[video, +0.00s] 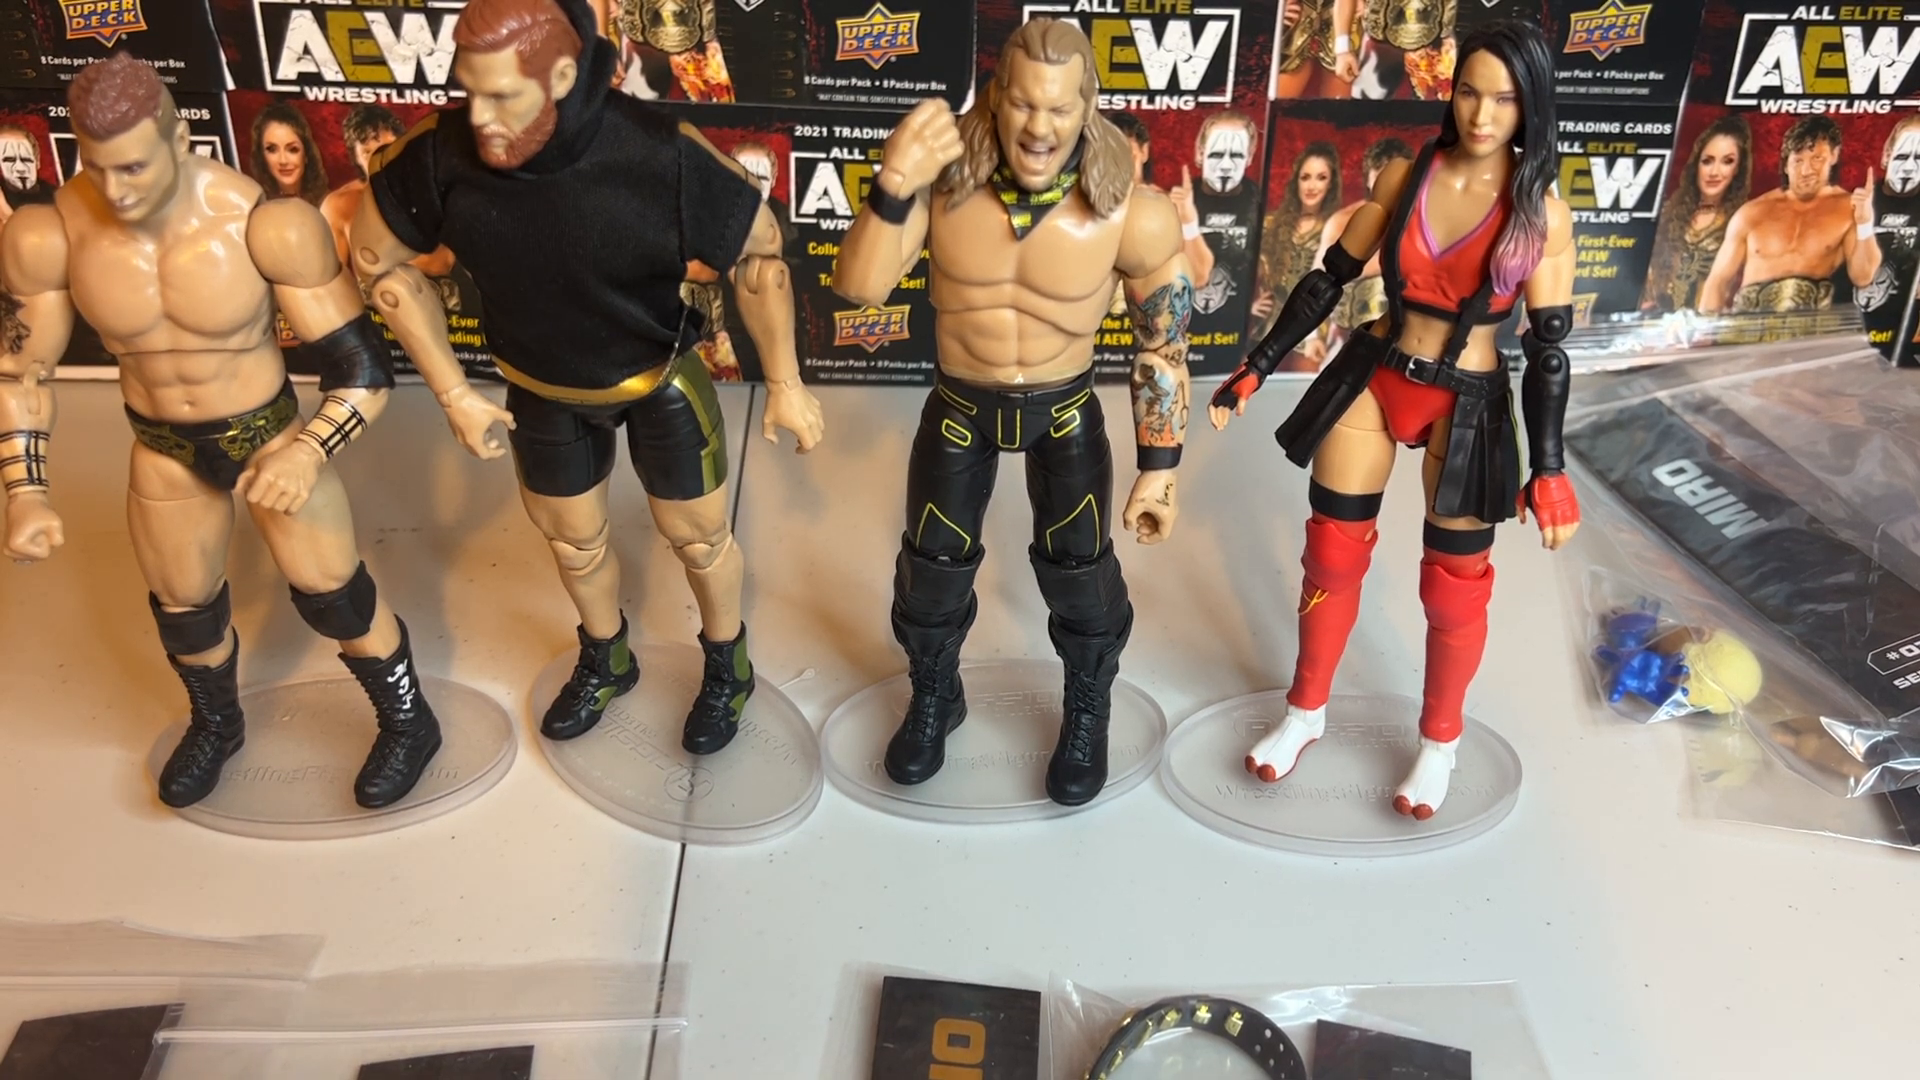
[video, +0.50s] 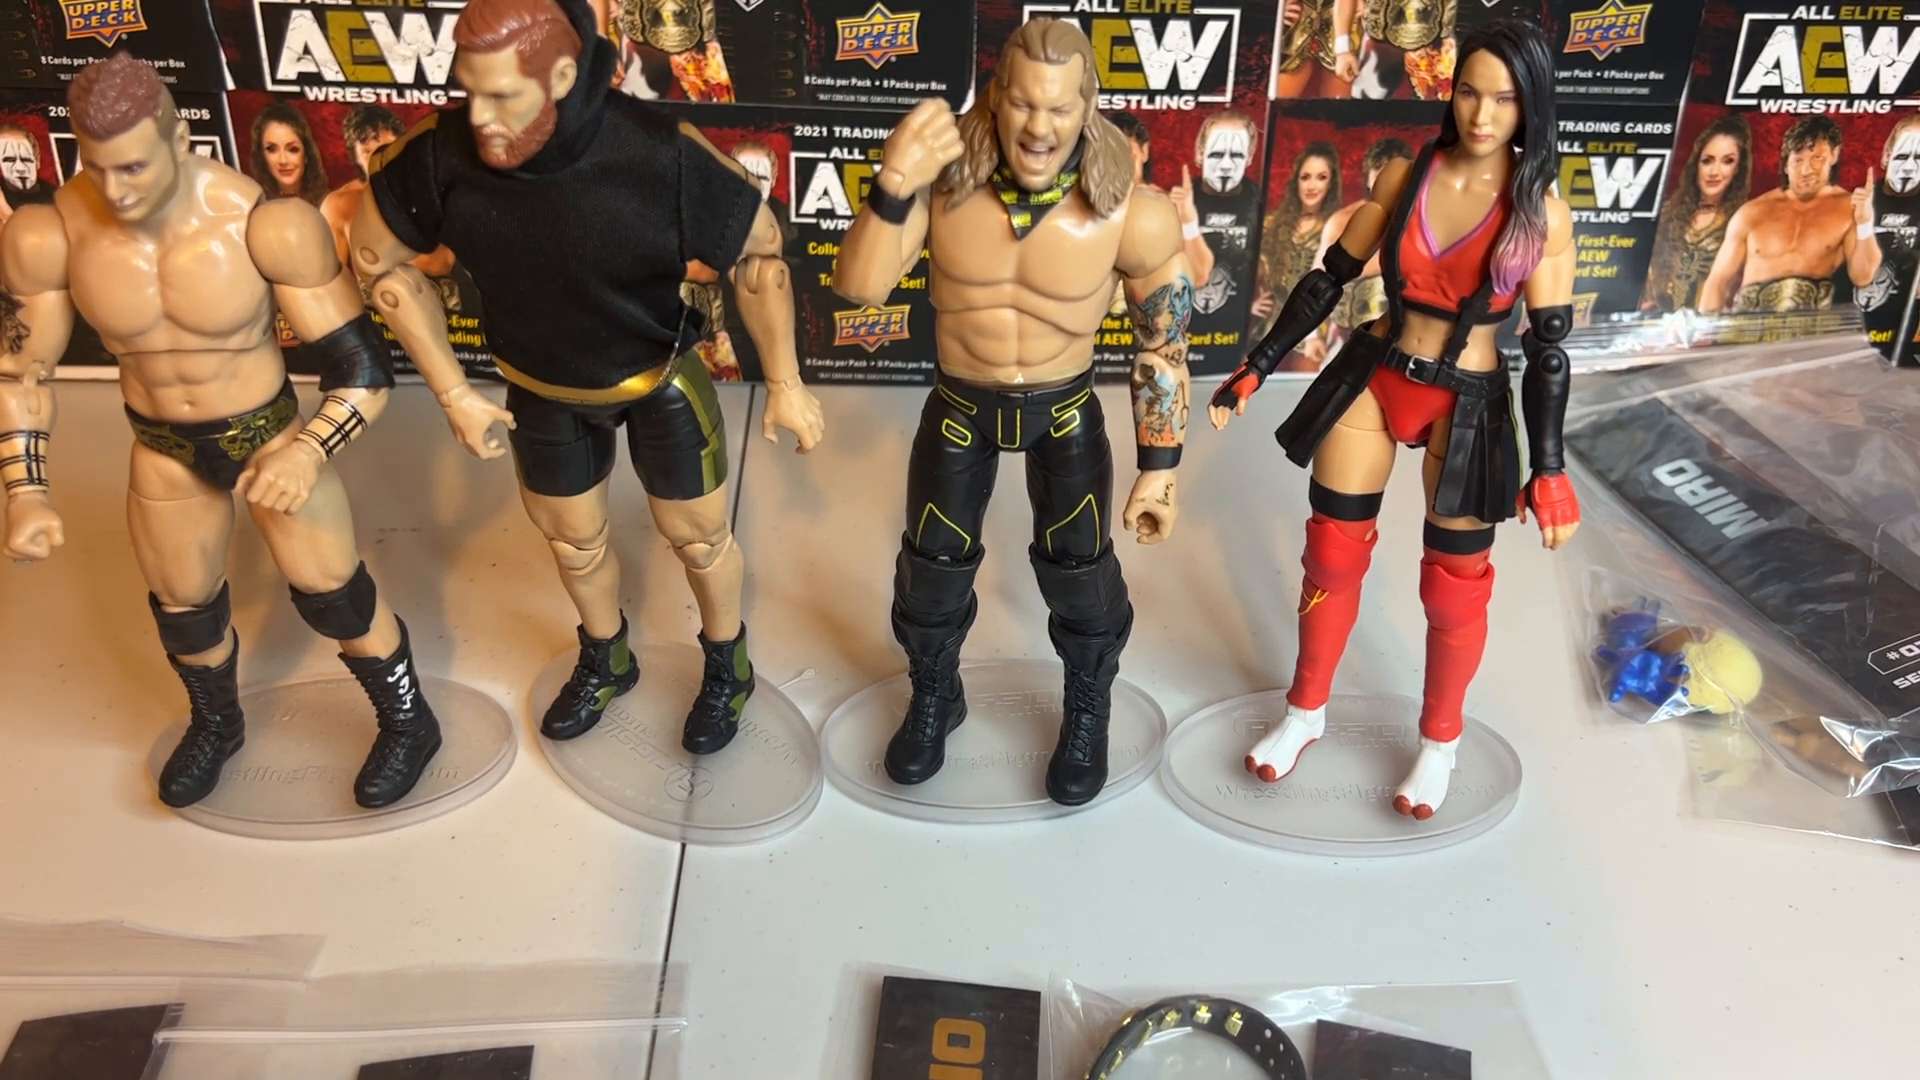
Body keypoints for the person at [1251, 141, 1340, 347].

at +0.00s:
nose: (1312, 186)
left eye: (1321, 178)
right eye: (1305, 177)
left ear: (1332, 183)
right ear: (1295, 181)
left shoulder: (1339, 230)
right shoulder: (1271, 225)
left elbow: (1337, 287)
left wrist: (1321, 336)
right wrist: (1251, 303)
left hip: (1312, 335)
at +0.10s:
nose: (1312, 185)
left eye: (1321, 177)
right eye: (1305, 177)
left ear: (1332, 183)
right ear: (1295, 181)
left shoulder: (1338, 230)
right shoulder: (1271, 224)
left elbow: (1337, 286)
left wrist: (1320, 335)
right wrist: (1251, 302)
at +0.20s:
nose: (1312, 185)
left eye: (1321, 177)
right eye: (1305, 177)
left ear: (1332, 183)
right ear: (1295, 180)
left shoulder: (1338, 230)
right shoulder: (1270, 225)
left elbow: (1335, 286)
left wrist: (1320, 335)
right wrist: (1251, 303)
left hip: (1311, 335)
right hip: (1268, 329)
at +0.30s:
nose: (1312, 185)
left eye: (1321, 177)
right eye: (1305, 177)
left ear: (1332, 183)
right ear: (1295, 181)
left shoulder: (1337, 229)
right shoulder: (1270, 225)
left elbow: (1334, 285)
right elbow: (1255, 275)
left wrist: (1321, 335)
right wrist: (1254, 302)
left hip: (1312, 334)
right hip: (1269, 328)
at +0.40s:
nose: (1312, 185)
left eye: (1321, 177)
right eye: (1305, 177)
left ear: (1332, 182)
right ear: (1295, 180)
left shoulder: (1338, 229)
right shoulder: (1270, 225)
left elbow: (1338, 287)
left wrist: (1320, 334)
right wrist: (1251, 301)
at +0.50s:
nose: (1312, 185)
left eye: (1321, 178)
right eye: (1305, 177)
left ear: (1332, 183)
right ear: (1295, 181)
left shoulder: (1338, 229)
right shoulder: (1271, 224)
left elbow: (1338, 286)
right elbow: (1254, 273)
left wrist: (1323, 337)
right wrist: (1253, 302)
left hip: (1313, 334)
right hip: (1269, 328)